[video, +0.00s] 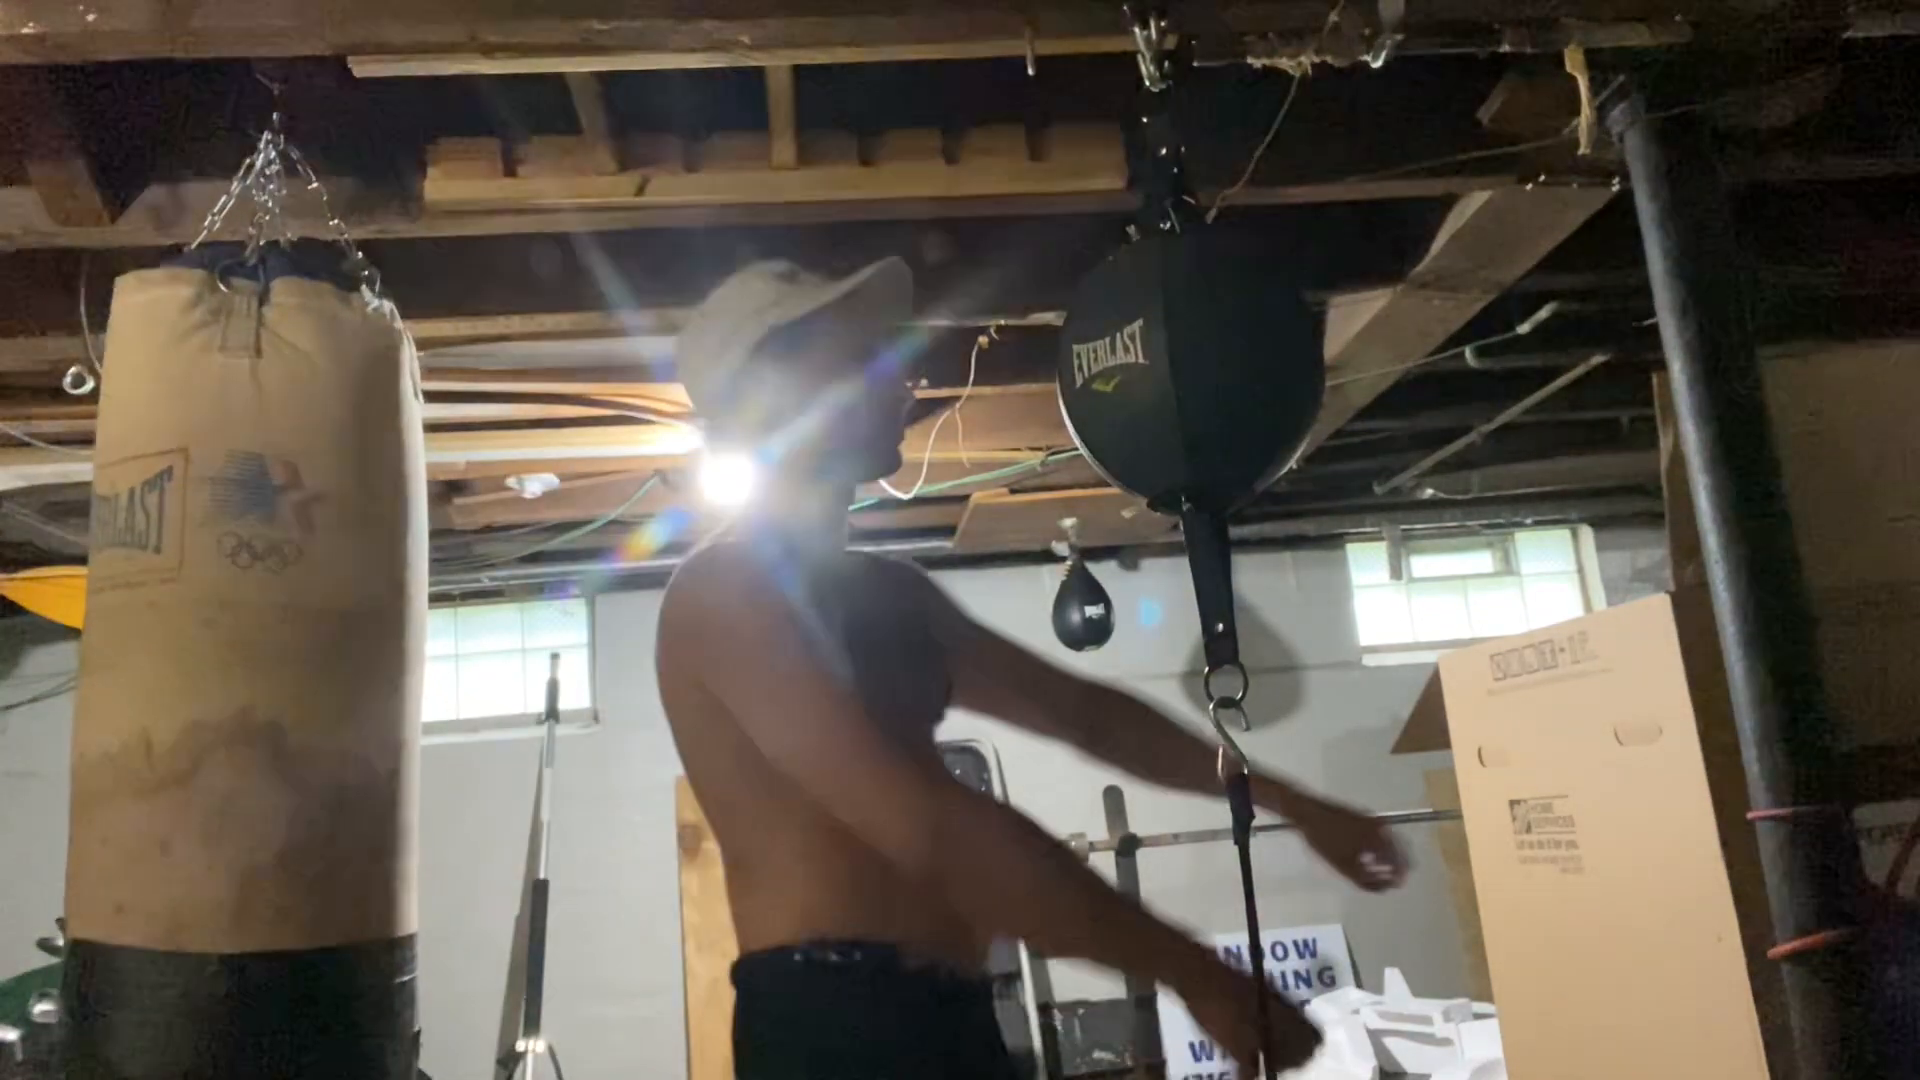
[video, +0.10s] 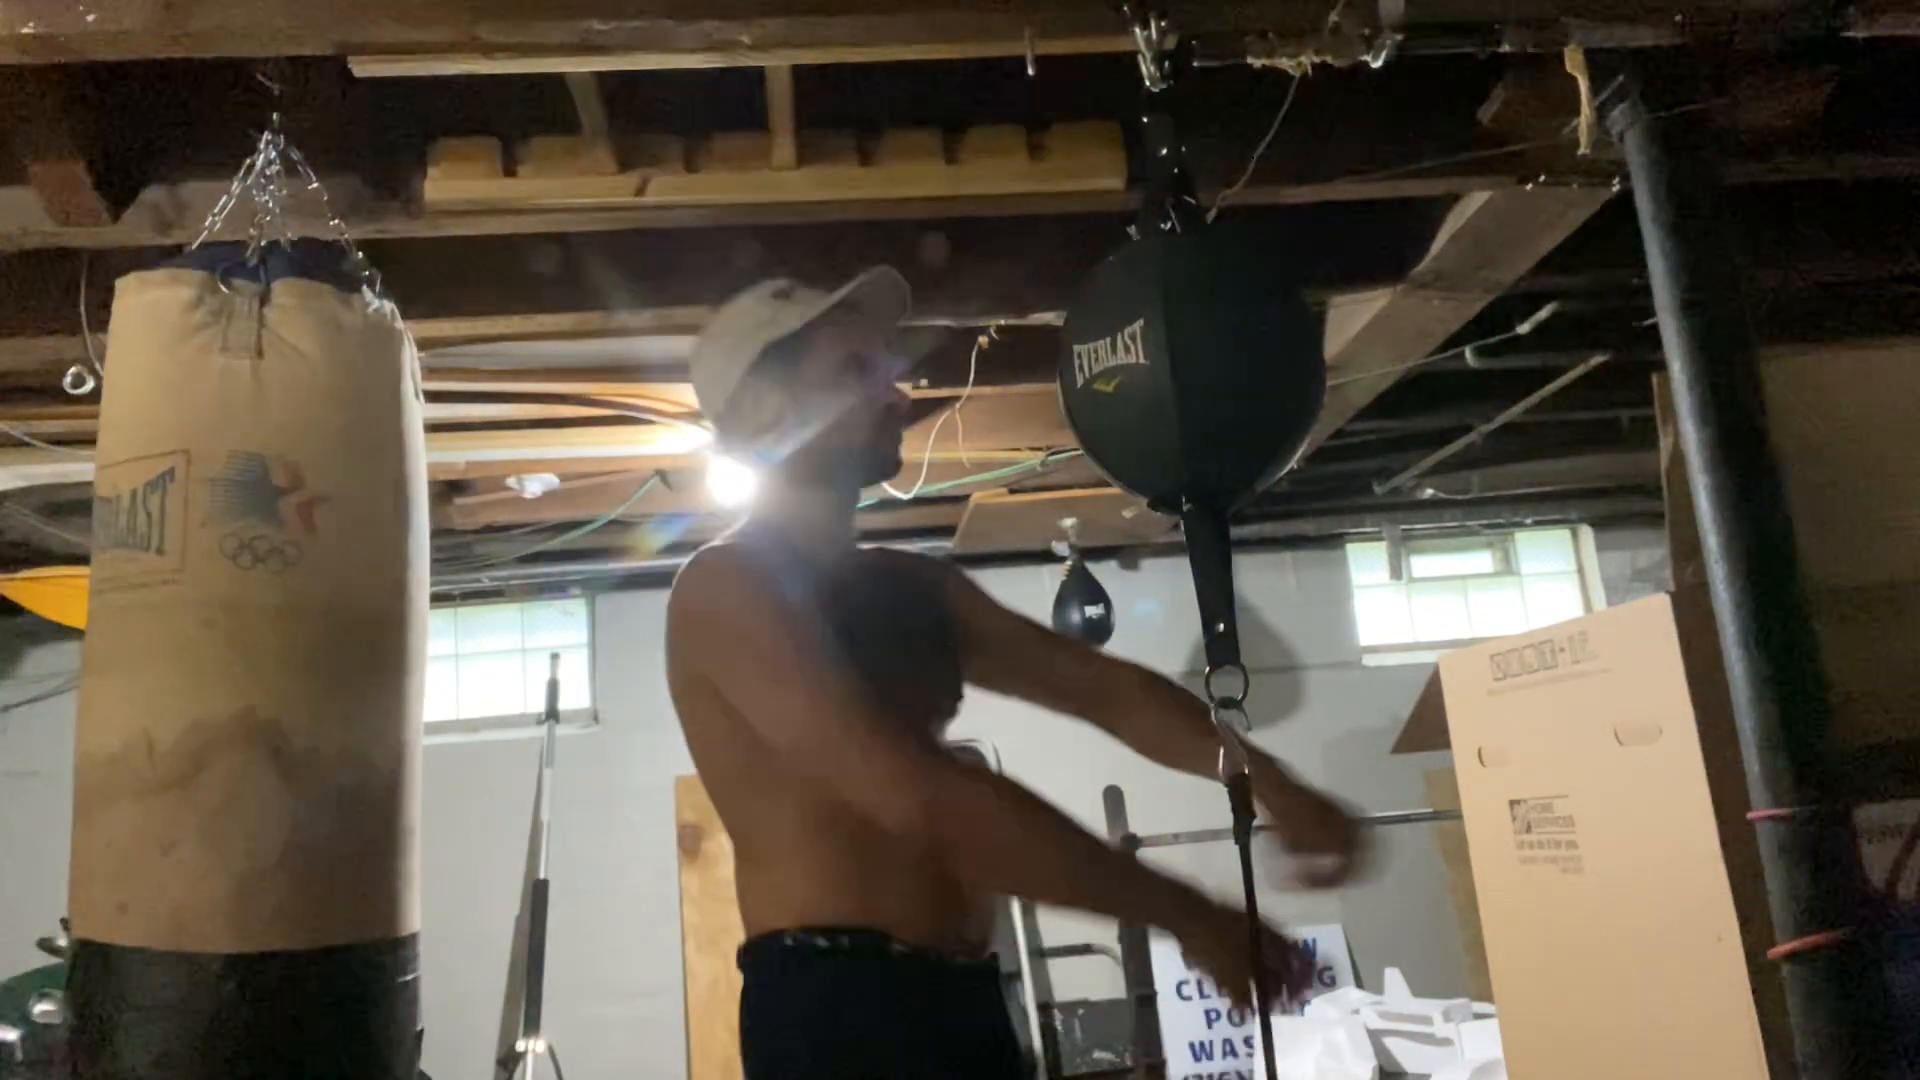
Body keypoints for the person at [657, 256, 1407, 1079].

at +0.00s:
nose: (907, 381)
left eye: (897, 355)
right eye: (871, 358)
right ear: (780, 393)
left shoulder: (887, 589)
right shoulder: (727, 584)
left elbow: (1081, 709)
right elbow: (928, 830)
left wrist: (1288, 802)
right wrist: (1196, 974)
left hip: (956, 1021)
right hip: (837, 1026)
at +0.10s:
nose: (902, 388)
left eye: (886, 363)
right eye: (860, 368)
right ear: (780, 406)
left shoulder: (909, 583)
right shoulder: (729, 586)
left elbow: (1106, 689)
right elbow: (923, 799)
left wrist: (1264, 778)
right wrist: (1188, 915)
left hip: (968, 1006)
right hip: (840, 1011)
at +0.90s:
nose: (695, 425)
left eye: (725, 399)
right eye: (669, 409)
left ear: (782, 433)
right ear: (649, 447)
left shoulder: (852, 604)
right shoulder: (584, 605)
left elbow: (987, 658)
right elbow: (358, 695)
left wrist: (807, 470)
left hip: (857, 1026)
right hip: (669, 1032)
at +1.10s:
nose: (692, 424)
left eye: (725, 400)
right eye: (667, 408)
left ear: (787, 431)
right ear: (648, 443)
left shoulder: (854, 608)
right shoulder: (581, 603)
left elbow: (1001, 686)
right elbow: (317, 718)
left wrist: (826, 484)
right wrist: (352, 523)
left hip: (862, 1035)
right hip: (670, 1041)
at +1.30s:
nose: (780, 452)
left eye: (801, 420)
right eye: (750, 434)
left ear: (848, 430)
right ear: (714, 463)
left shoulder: (921, 623)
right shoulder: (650, 624)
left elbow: (1067, 696)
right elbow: (416, 739)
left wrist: (905, 503)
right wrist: (380, 526)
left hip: (924, 1038)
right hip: (744, 1041)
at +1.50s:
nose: (834, 443)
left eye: (857, 414)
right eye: (805, 423)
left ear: (904, 432)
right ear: (777, 459)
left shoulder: (980, 607)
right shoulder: (709, 620)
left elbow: (1127, 696)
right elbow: (483, 716)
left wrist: (947, 493)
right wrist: (461, 483)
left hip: (996, 1032)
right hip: (811, 1039)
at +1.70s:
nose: (819, 464)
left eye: (842, 432)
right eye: (790, 440)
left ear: (887, 445)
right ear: (755, 463)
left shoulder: (939, 619)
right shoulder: (682, 625)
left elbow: (1092, 719)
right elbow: (475, 722)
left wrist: (923, 536)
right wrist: (487, 434)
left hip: (953, 1039)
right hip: (768, 1043)